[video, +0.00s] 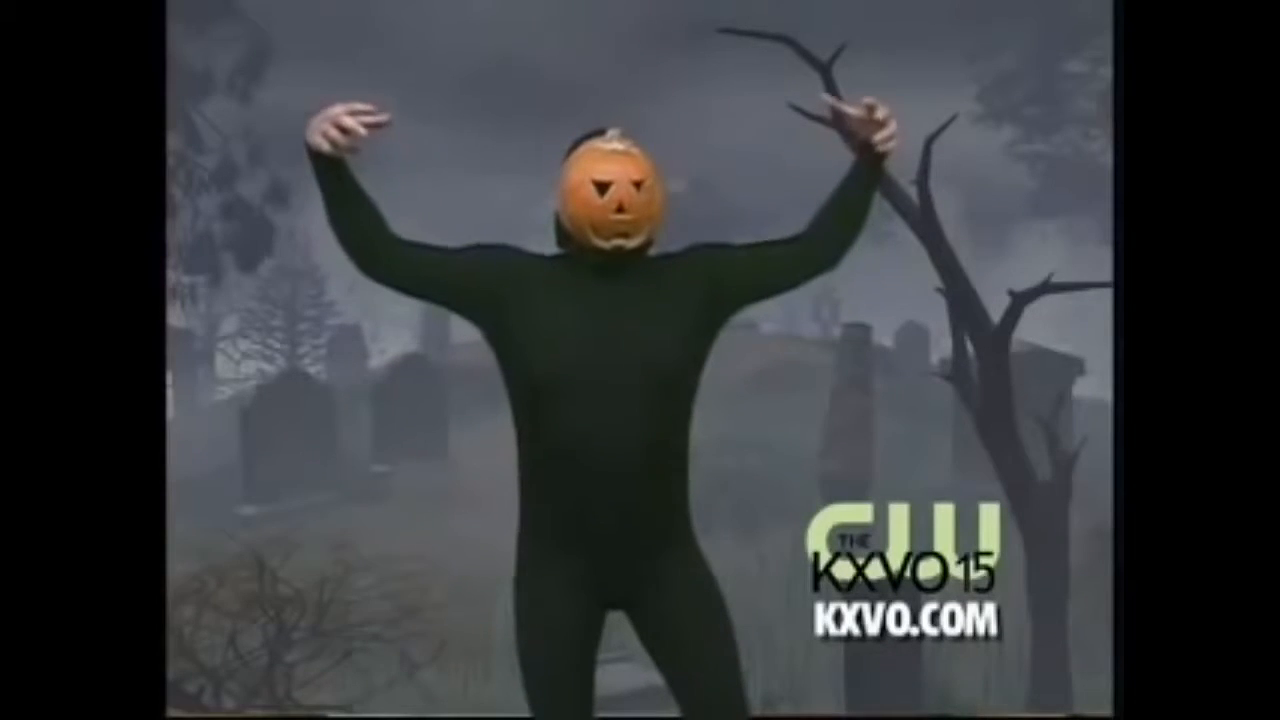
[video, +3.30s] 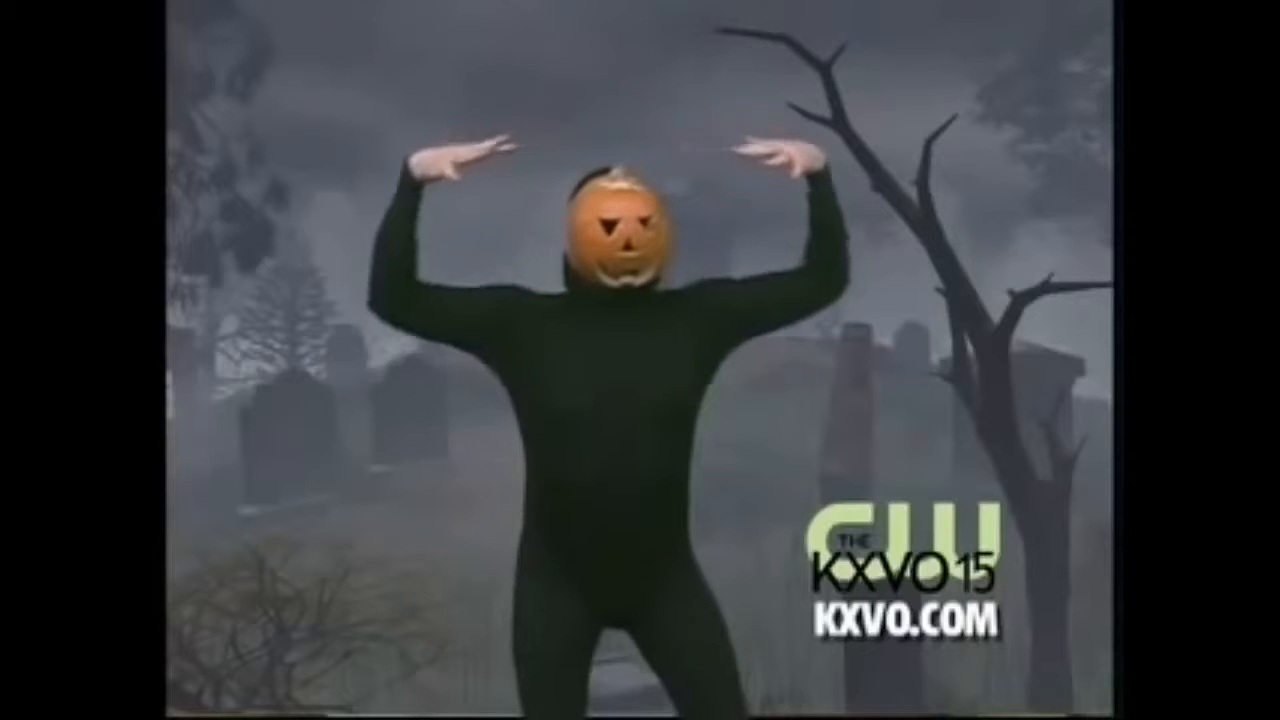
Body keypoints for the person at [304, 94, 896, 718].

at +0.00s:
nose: (616, 183)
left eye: (633, 172)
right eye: (595, 171)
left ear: (658, 201)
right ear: (560, 202)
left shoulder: (701, 281)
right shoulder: (507, 284)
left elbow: (818, 248)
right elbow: (379, 253)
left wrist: (866, 160)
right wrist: (328, 161)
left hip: (666, 557)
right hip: (556, 562)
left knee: (724, 710)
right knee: (559, 713)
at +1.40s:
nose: (617, 188)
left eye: (634, 178)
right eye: (597, 177)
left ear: (660, 199)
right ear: (562, 200)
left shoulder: (689, 267)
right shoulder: (516, 267)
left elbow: (786, 176)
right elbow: (408, 177)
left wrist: (833, 70)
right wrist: (352, 53)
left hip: (665, 560)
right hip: (553, 565)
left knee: (725, 710)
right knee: (546, 711)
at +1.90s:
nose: (621, 197)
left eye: (637, 187)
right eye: (601, 186)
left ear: (662, 208)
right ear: (567, 210)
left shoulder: (688, 274)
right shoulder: (524, 273)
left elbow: (772, 165)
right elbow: (443, 166)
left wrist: (760, 39)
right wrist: (453, 30)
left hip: (667, 562)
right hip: (555, 566)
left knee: (728, 711)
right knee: (546, 711)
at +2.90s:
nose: (628, 229)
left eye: (644, 219)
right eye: (607, 218)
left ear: (668, 240)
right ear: (573, 240)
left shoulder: (698, 309)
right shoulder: (524, 312)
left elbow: (811, 240)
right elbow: (414, 254)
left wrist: (765, 147)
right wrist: (471, 148)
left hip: (665, 572)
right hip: (557, 576)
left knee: (722, 709)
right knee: (550, 711)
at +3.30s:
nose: (627, 236)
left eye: (642, 223)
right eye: (606, 223)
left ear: (667, 240)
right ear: (571, 242)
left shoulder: (700, 317)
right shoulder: (518, 322)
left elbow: (823, 280)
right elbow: (393, 296)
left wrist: (818, 177)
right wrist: (411, 182)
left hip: (665, 577)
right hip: (556, 583)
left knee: (722, 710)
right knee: (551, 714)